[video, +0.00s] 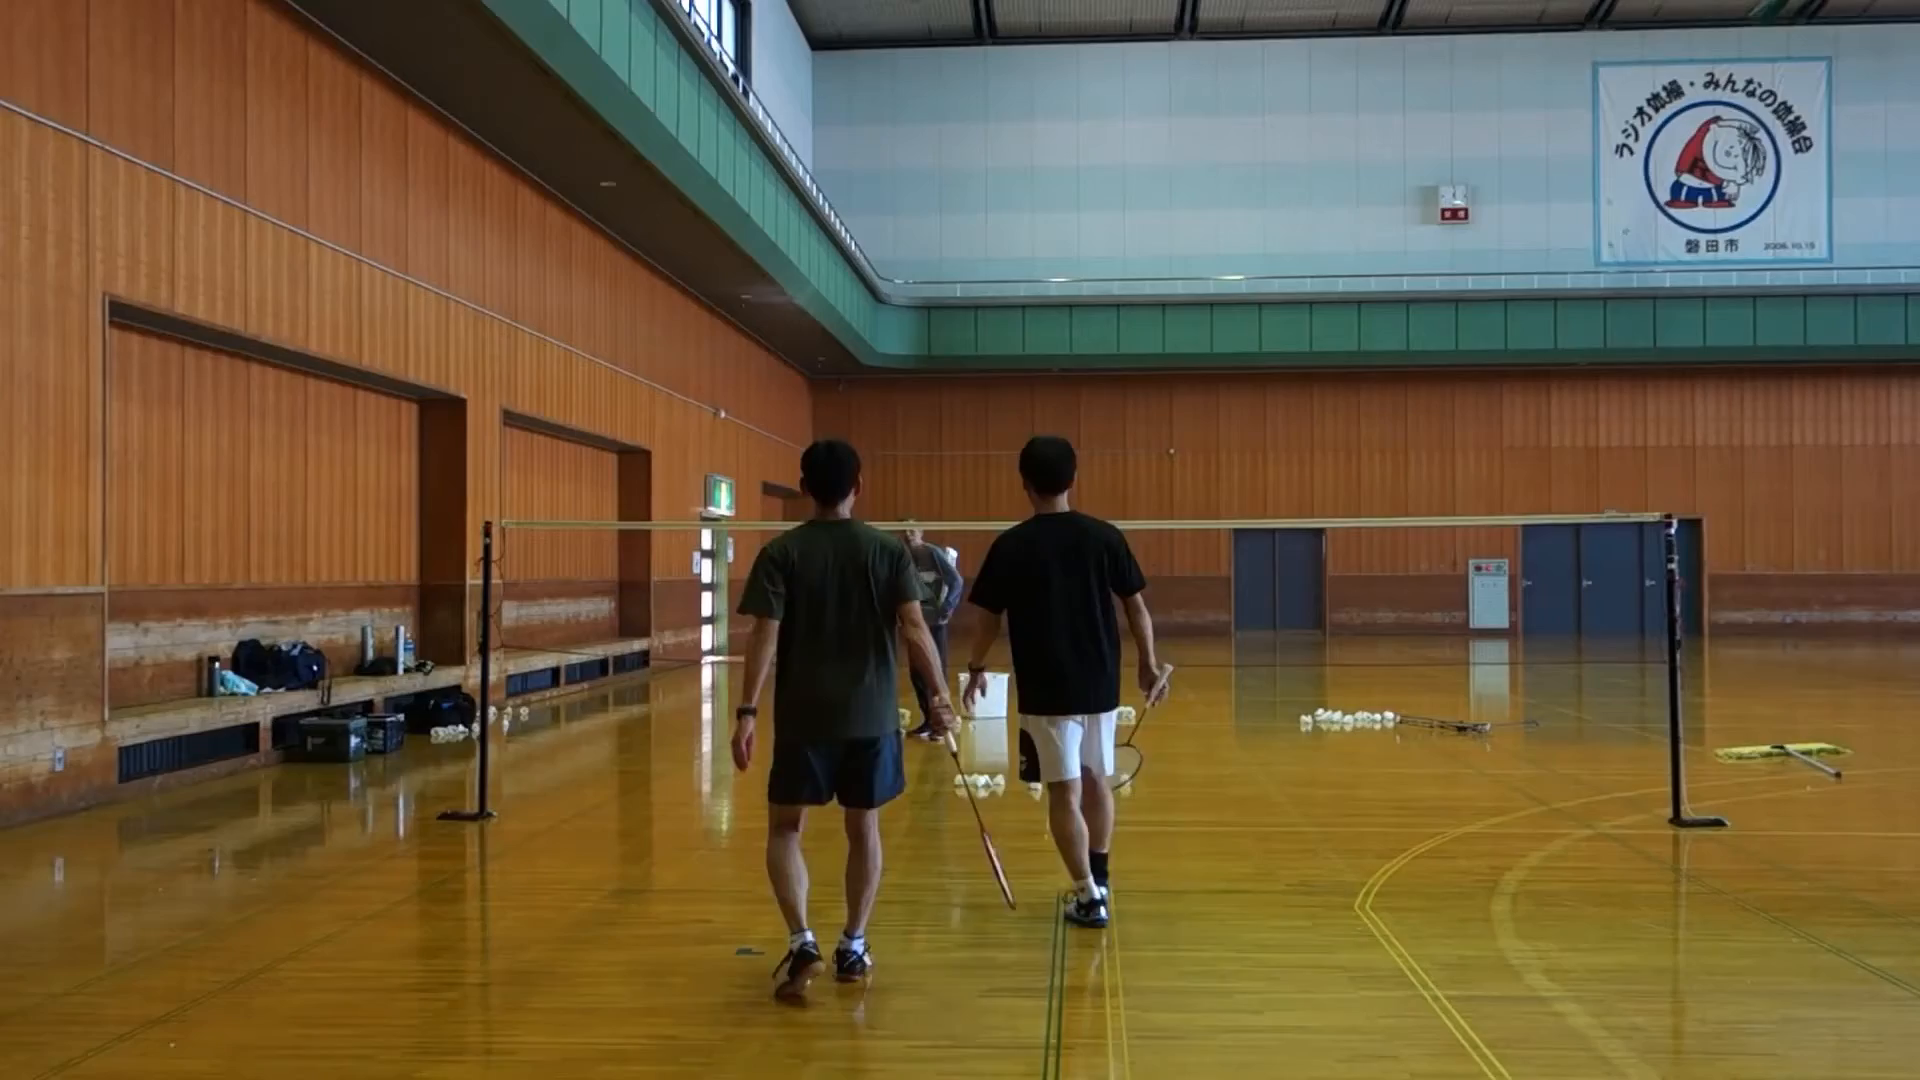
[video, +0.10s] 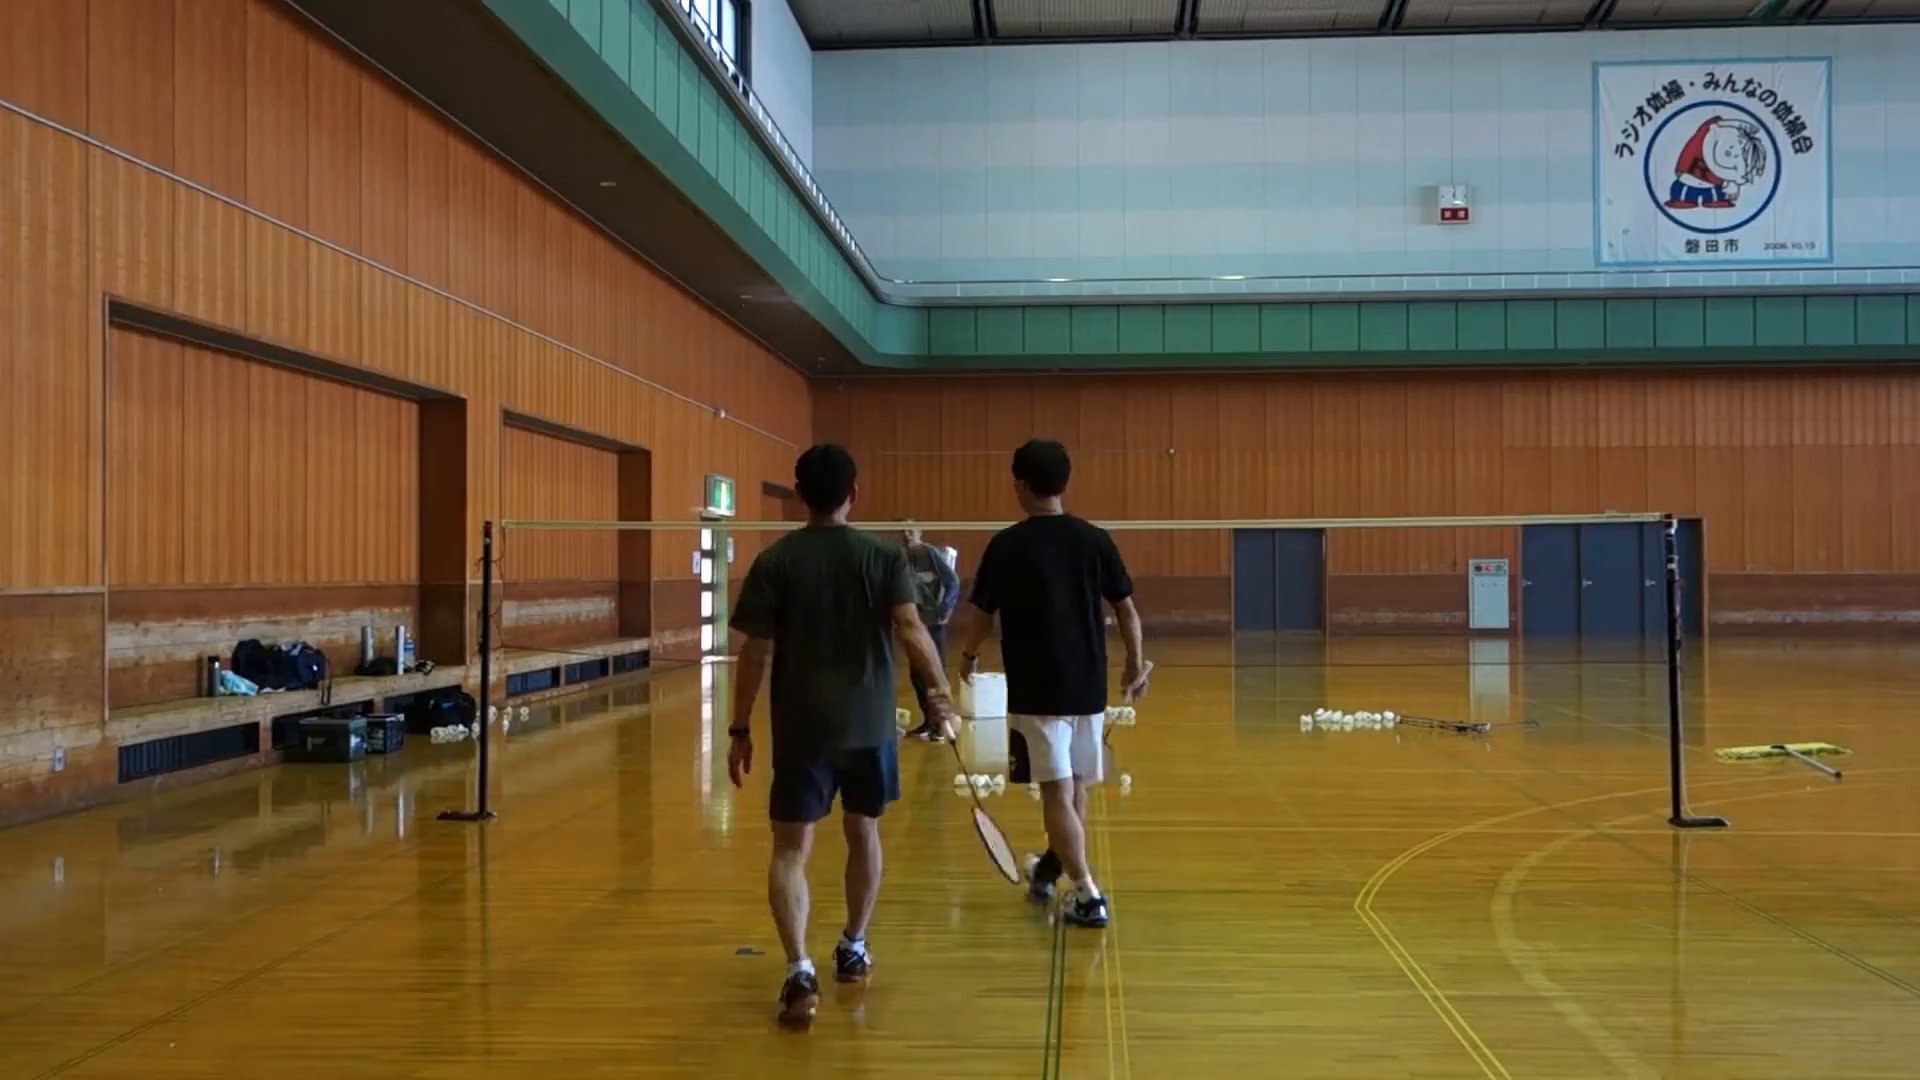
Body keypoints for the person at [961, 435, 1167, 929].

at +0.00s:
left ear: (1025, 482)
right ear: (1073, 480)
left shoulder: (1010, 546)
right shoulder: (1104, 537)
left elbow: (988, 618)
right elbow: (1136, 606)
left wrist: (975, 666)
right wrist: (1150, 664)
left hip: (1044, 690)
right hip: (1100, 685)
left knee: (1063, 793)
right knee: (1097, 778)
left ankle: (1089, 897)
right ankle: (1097, 875)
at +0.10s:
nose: (1014, 486)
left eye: (1015, 480)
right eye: (1016, 479)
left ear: (1020, 485)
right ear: (1066, 484)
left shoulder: (1005, 545)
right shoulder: (1094, 539)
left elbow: (981, 616)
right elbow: (1125, 611)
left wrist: (968, 657)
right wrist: (1136, 664)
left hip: (1032, 690)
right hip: (1087, 687)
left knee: (1058, 794)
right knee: (1075, 787)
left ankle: (1089, 896)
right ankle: (1049, 868)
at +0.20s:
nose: (1006, 494)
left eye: (1008, 486)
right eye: (1007, 486)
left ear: (1017, 488)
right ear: (1057, 489)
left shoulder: (999, 544)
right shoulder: (1083, 543)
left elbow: (975, 617)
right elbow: (1113, 615)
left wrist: (962, 651)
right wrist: (1118, 665)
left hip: (1020, 686)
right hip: (1071, 686)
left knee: (1046, 791)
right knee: (1048, 785)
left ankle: (1087, 892)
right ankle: (1027, 875)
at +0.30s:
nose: (1000, 494)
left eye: (1002, 487)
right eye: (1002, 486)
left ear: (1011, 488)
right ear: (1050, 489)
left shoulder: (992, 538)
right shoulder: (1072, 545)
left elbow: (975, 606)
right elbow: (1096, 617)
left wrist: (965, 658)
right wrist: (1091, 662)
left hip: (1007, 682)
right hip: (1054, 683)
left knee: (1019, 788)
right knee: (1041, 781)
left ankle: (1073, 879)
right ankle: (1024, 874)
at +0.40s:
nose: (991, 492)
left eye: (993, 485)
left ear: (997, 488)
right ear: (1041, 490)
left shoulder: (979, 535)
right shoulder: (1058, 545)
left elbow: (967, 608)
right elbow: (1076, 619)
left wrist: (957, 656)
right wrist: (1065, 661)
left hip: (992, 676)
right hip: (1039, 680)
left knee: (977, 777)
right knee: (1025, 773)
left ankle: (1039, 861)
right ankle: (1023, 873)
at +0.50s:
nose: (978, 493)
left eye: (979, 486)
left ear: (981, 488)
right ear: (1026, 489)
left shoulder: (965, 532)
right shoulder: (1042, 541)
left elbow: (951, 603)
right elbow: (1059, 612)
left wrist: (944, 653)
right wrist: (1045, 650)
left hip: (975, 673)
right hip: (1026, 677)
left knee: (942, 769)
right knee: (1021, 771)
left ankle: (988, 860)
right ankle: (1025, 874)